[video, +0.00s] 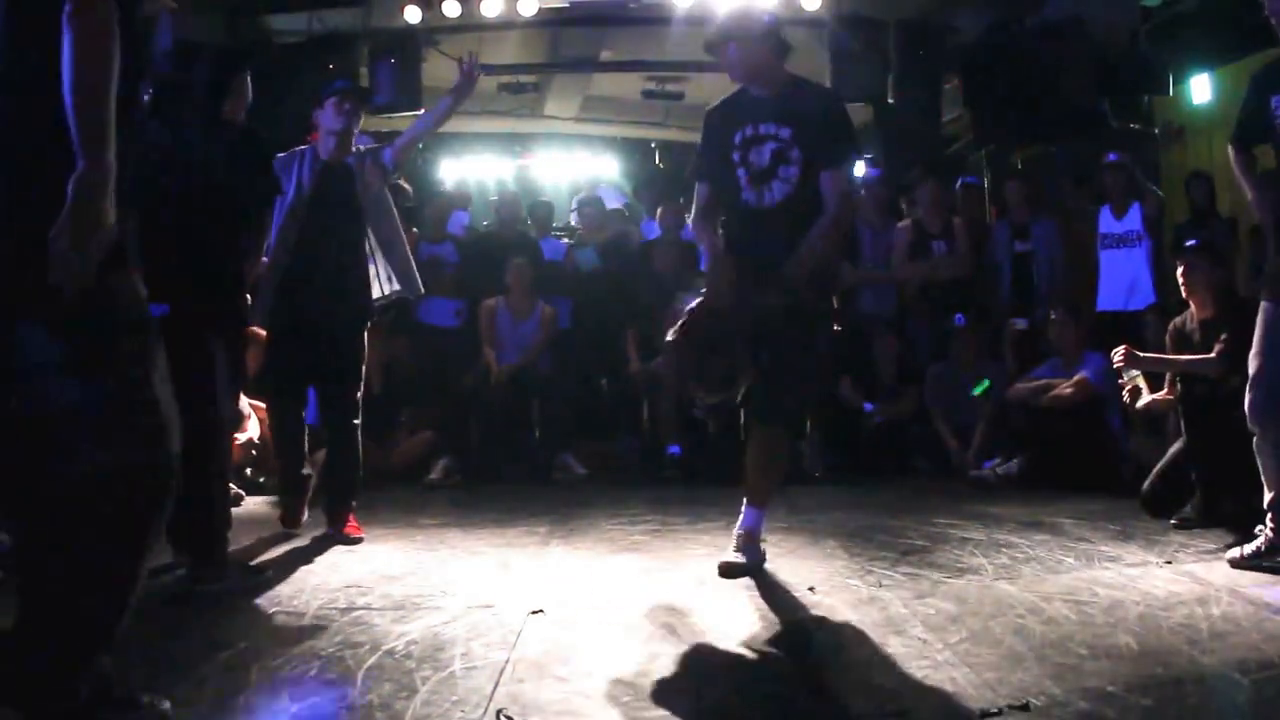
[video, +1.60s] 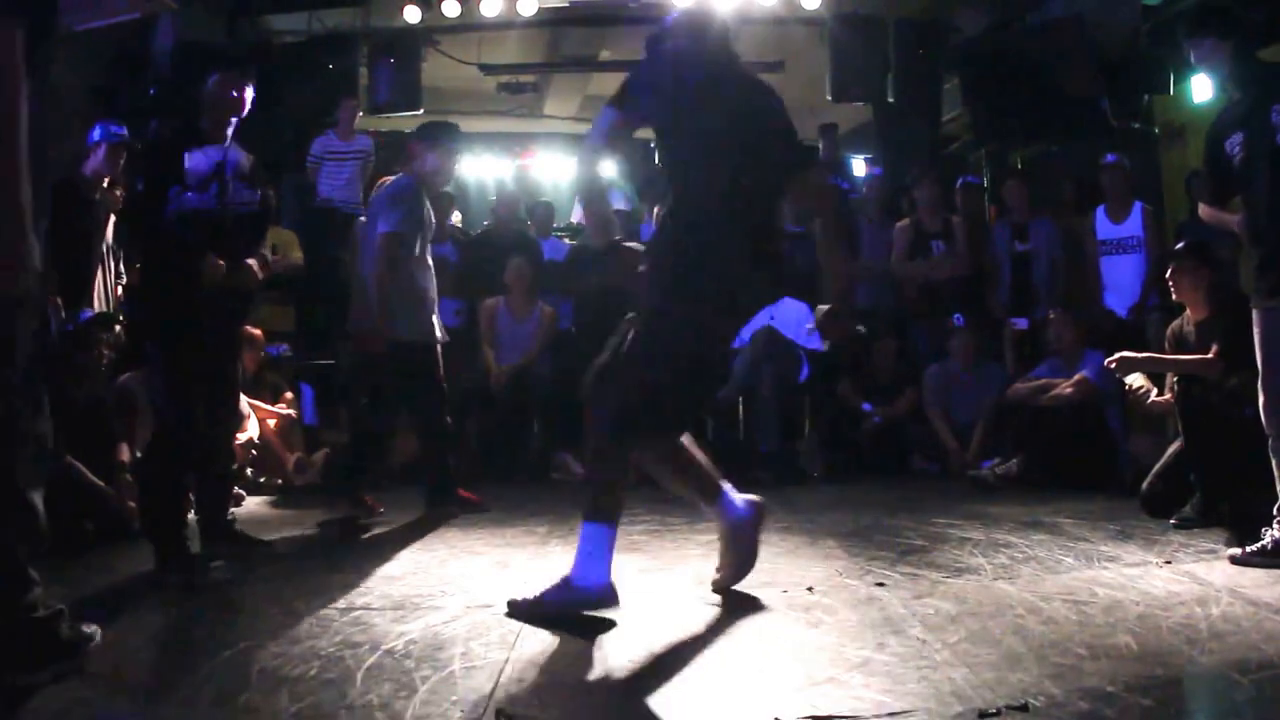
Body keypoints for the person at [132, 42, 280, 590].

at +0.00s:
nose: (249, 103)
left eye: (248, 95)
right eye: (244, 94)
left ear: (206, 96)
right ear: (229, 96)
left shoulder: (168, 141)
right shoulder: (243, 147)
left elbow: (147, 218)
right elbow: (254, 226)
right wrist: (246, 272)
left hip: (171, 289)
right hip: (213, 293)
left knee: (193, 417)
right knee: (213, 420)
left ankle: (187, 534)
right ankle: (205, 546)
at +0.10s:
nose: (245, 102)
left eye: (245, 92)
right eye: (238, 92)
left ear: (208, 96)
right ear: (215, 95)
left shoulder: (174, 144)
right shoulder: (223, 149)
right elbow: (230, 235)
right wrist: (234, 300)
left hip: (183, 300)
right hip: (203, 305)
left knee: (195, 426)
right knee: (210, 430)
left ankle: (190, 544)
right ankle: (206, 552)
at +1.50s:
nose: (230, 101)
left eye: (238, 93)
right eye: (222, 89)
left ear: (244, 101)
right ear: (196, 90)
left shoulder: (231, 157)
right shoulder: (163, 149)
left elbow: (241, 222)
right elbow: (150, 232)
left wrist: (255, 253)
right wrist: (209, 260)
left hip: (216, 312)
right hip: (169, 312)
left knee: (218, 419)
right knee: (172, 423)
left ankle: (217, 526)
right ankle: (166, 544)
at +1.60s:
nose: (239, 102)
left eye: (246, 93)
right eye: (230, 90)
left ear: (252, 103)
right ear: (205, 92)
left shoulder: (246, 164)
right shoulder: (167, 148)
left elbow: (265, 233)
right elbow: (145, 229)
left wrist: (259, 263)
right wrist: (199, 263)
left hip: (222, 309)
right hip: (172, 307)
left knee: (220, 418)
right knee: (175, 420)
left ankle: (216, 526)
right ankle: (169, 544)